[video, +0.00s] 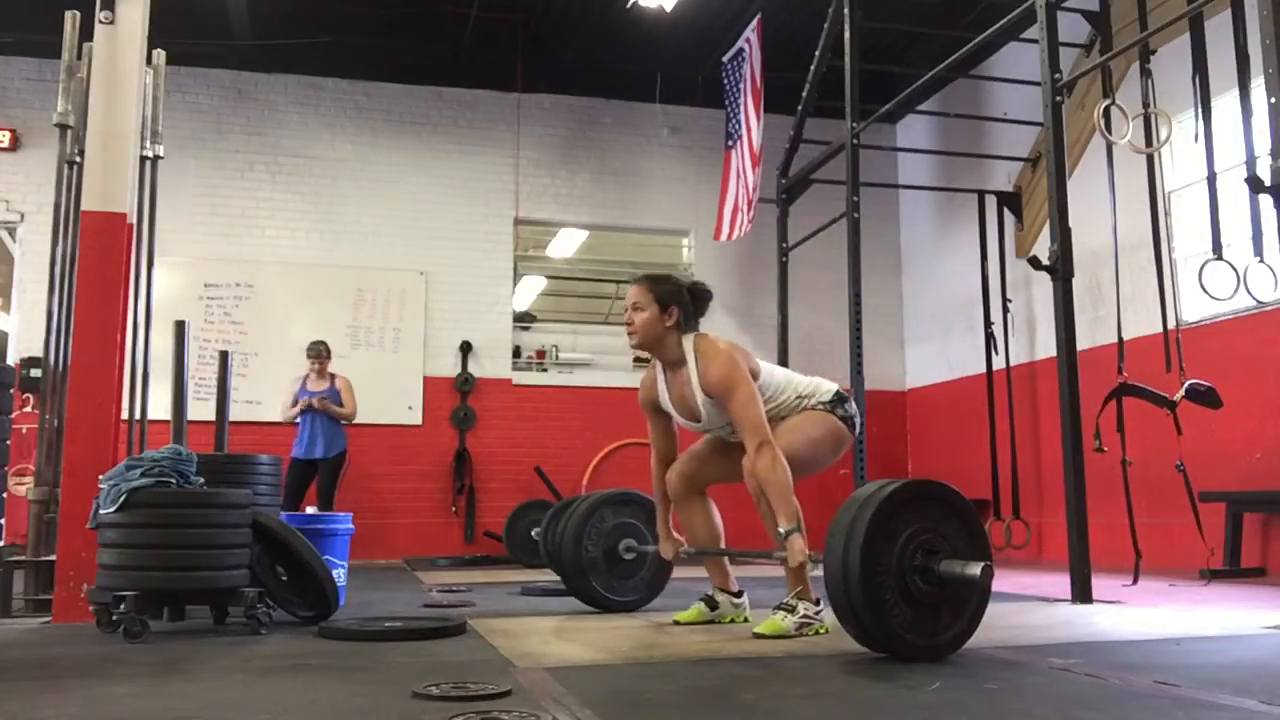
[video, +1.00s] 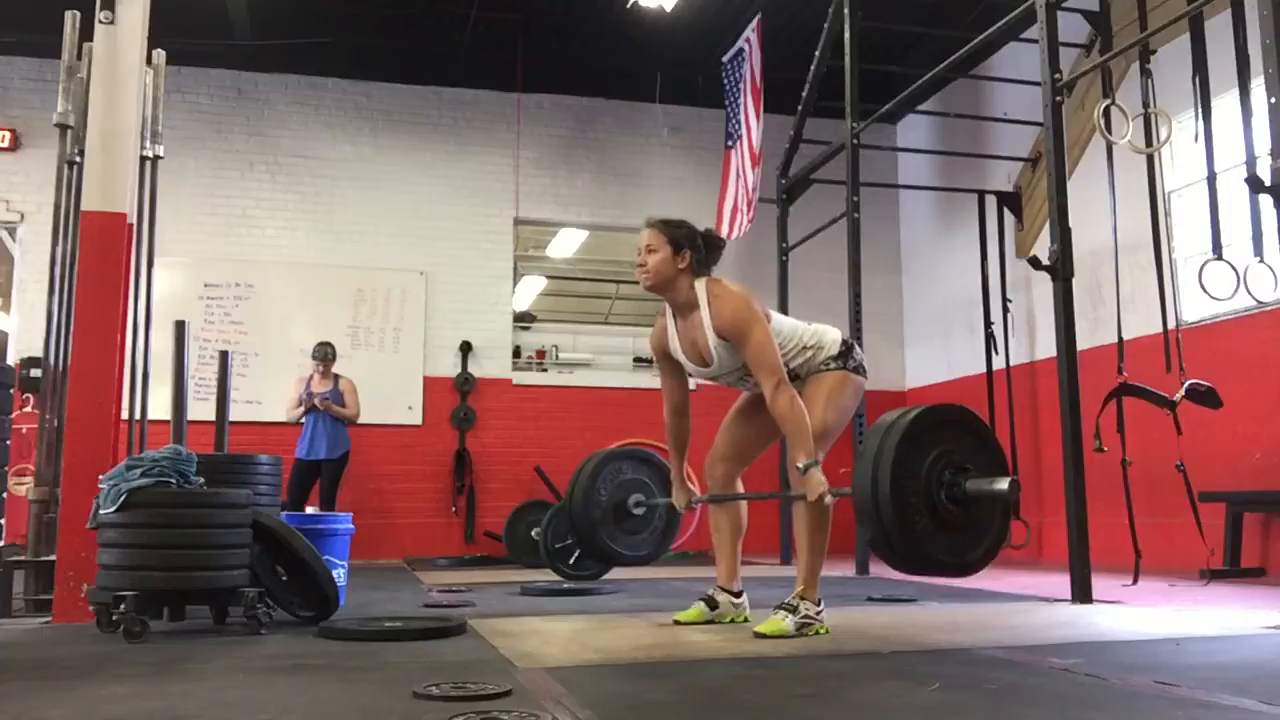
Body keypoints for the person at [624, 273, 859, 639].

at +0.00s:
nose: (626, 319)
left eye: (636, 309)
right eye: (626, 311)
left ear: (669, 316)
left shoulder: (718, 360)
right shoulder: (652, 387)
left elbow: (762, 449)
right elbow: (663, 461)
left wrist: (791, 532)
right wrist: (664, 530)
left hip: (826, 412)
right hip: (763, 425)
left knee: (761, 472)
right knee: (680, 479)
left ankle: (804, 602)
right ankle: (726, 596)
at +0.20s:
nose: (629, 307)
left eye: (640, 298)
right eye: (629, 299)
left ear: (673, 305)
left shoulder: (722, 349)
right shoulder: (657, 378)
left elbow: (767, 438)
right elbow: (668, 451)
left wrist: (795, 517)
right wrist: (666, 519)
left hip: (830, 396)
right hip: (769, 411)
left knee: (773, 466)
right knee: (691, 474)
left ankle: (805, 601)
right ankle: (726, 595)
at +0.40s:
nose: (633, 288)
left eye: (644, 279)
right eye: (634, 280)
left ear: (677, 286)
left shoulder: (724, 331)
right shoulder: (660, 361)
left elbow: (770, 418)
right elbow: (670, 431)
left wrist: (800, 497)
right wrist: (670, 503)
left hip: (832, 374)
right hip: (775, 392)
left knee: (788, 460)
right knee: (706, 468)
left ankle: (806, 602)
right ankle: (727, 595)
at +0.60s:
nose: (636, 271)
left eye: (646, 262)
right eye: (636, 263)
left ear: (679, 268)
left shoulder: (725, 314)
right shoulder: (661, 344)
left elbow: (774, 397)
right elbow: (672, 415)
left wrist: (804, 476)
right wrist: (674, 485)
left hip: (833, 365)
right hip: (777, 381)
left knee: (799, 465)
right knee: (714, 467)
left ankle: (806, 601)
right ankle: (728, 594)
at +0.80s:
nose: (637, 266)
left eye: (648, 256)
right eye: (637, 258)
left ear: (681, 263)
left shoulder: (727, 309)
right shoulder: (662, 340)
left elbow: (776, 391)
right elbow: (674, 413)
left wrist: (806, 469)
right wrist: (676, 479)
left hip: (833, 363)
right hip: (779, 379)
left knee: (802, 466)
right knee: (718, 468)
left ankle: (806, 602)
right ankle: (728, 594)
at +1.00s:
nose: (640, 261)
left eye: (650, 251)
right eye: (639, 253)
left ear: (683, 258)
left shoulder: (729, 305)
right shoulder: (663, 336)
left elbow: (778, 387)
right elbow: (676, 412)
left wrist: (807, 464)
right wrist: (677, 475)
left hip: (834, 363)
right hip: (780, 377)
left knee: (804, 466)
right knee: (720, 467)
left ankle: (807, 602)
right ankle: (728, 595)